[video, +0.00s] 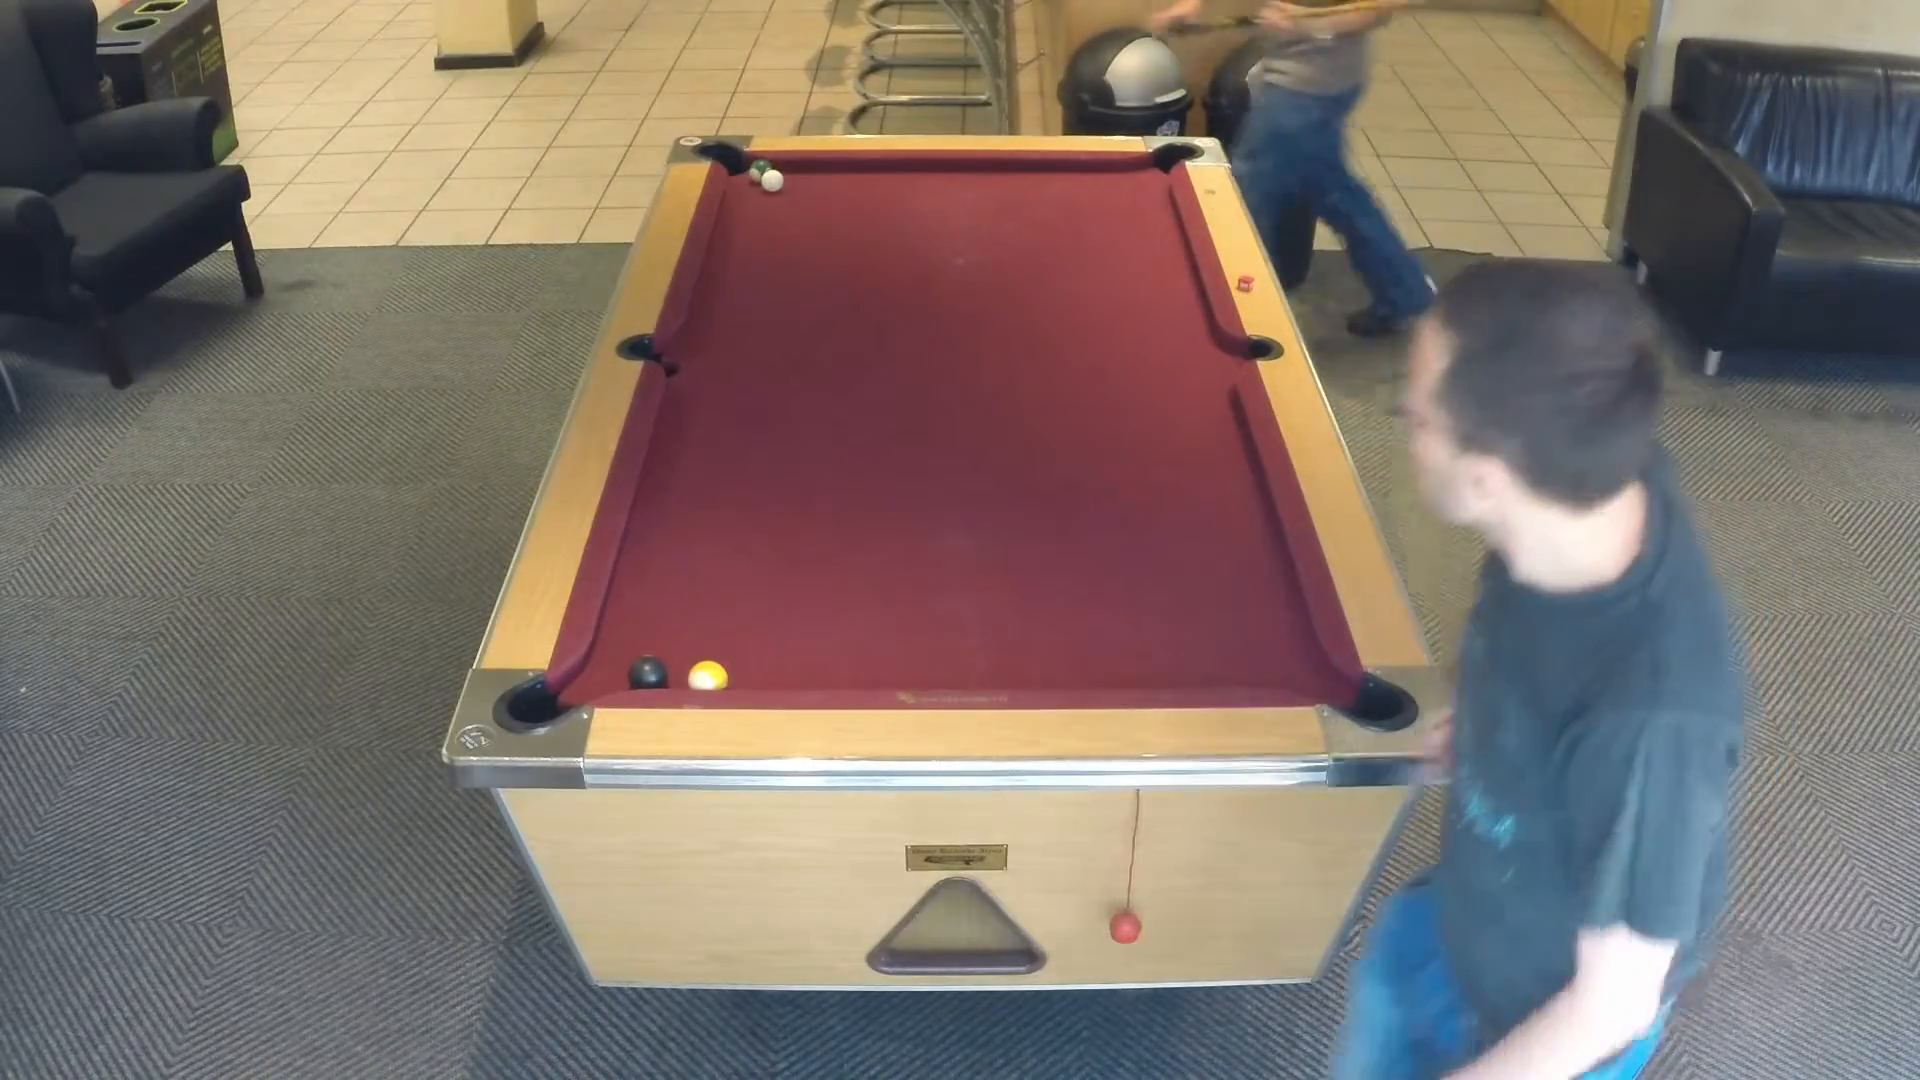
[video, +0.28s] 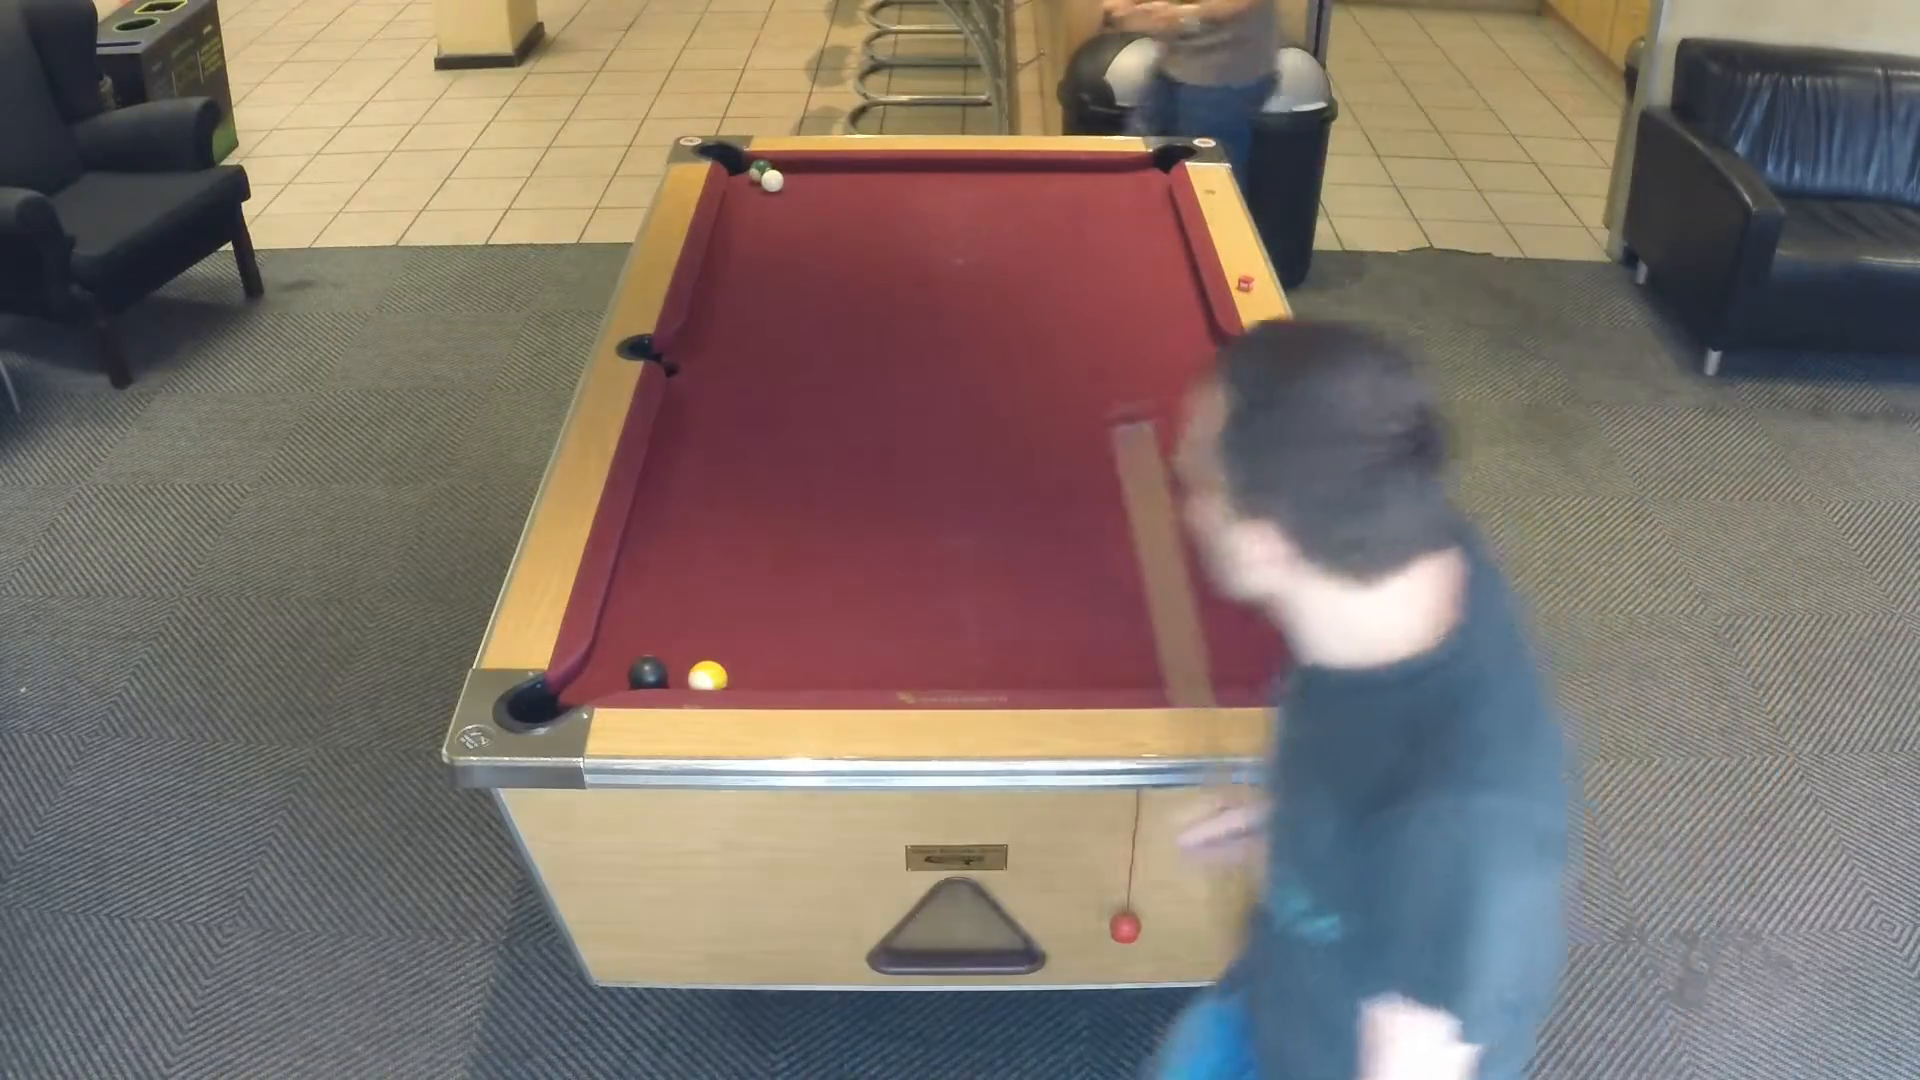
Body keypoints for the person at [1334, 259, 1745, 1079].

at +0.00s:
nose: (1405, 426)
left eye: (1417, 416)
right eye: (1412, 410)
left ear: (1489, 471)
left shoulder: (1650, 720)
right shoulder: (1599, 494)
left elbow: (1619, 998)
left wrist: (1471, 1073)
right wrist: (1481, 726)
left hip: (1541, 1027)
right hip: (1457, 912)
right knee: (1361, 1051)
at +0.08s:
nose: (1363, 442)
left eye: (1373, 430)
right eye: (1368, 424)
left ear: (1439, 489)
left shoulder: (1611, 746)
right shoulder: (1559, 508)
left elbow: (1588, 1032)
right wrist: (1436, 731)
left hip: (1494, 1038)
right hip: (1412, 928)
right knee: (1309, 1054)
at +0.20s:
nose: (1269, 479)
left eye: (1284, 465)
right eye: (1279, 459)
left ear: (1351, 518)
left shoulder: (1540, 768)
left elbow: (1496, 1051)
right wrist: (1359, 773)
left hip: (1416, 1053)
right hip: (1338, 960)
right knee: (1242, 1052)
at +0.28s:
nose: (1185, 504)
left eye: (1197, 485)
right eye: (1187, 480)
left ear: (1269, 540)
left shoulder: (1459, 811)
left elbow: (1420, 1058)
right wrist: (1294, 805)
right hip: (1268, 991)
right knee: (1181, 1058)